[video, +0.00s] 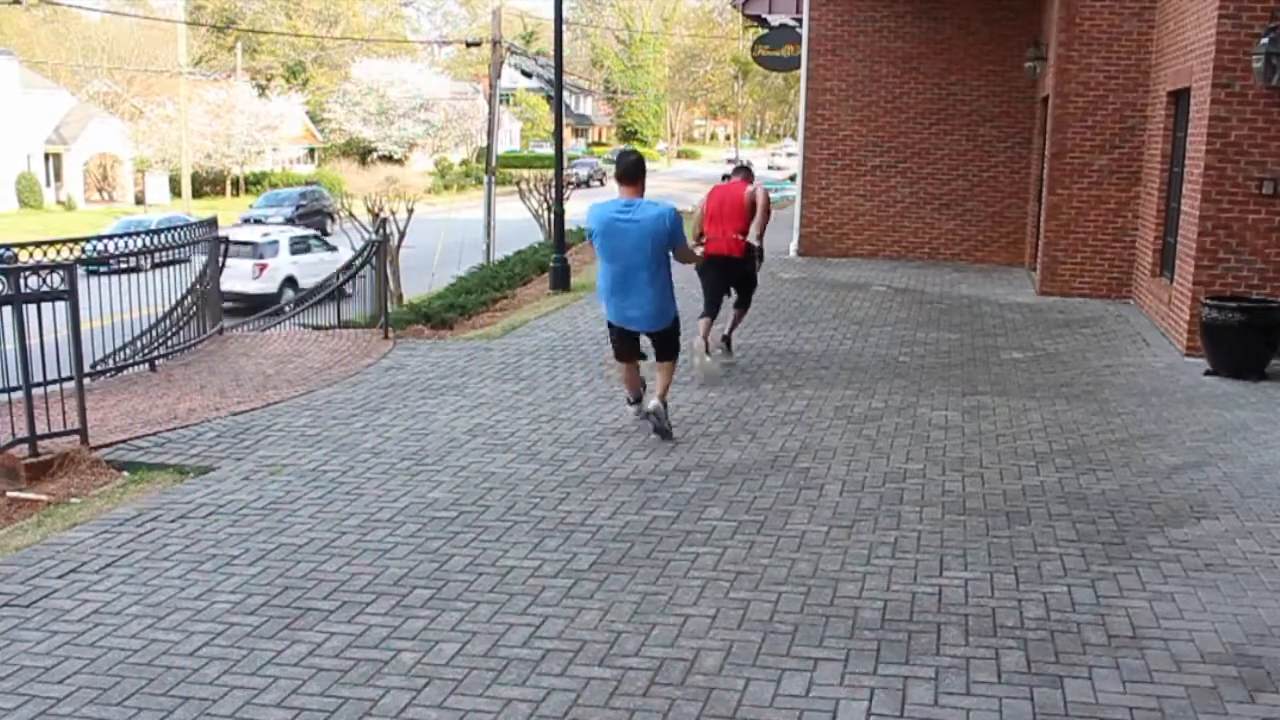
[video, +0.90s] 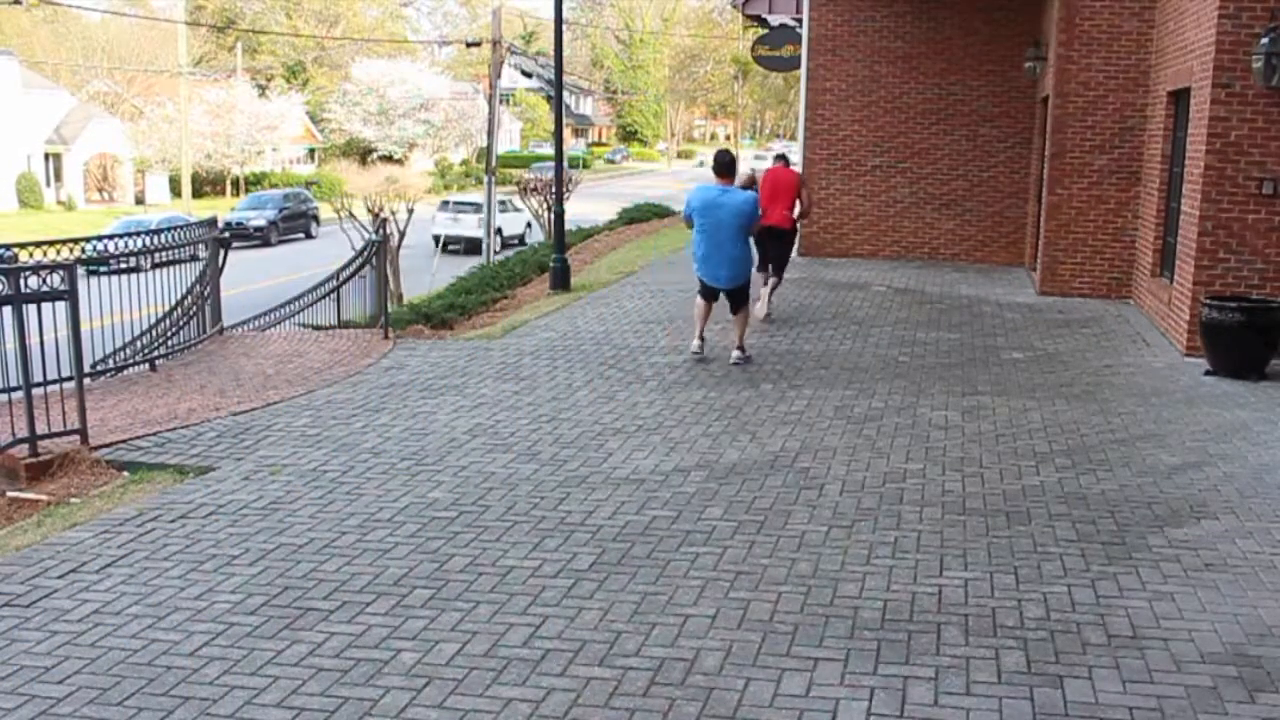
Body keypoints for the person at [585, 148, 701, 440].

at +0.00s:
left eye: (619, 176)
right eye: (642, 175)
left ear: (615, 179)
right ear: (644, 177)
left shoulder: (597, 214)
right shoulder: (664, 214)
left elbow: (598, 251)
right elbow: (682, 254)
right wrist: (696, 255)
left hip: (617, 308)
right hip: (657, 308)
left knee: (627, 360)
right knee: (667, 354)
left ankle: (637, 403)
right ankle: (659, 400)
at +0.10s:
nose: (647, 182)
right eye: (650, 177)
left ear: (626, 181)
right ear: (654, 180)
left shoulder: (608, 214)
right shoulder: (672, 216)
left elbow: (612, 251)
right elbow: (692, 255)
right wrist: (706, 255)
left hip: (632, 307)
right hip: (669, 303)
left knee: (641, 355)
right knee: (685, 337)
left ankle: (644, 400)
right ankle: (679, 389)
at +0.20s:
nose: (663, 181)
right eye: (665, 177)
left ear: (641, 180)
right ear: (667, 179)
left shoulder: (621, 210)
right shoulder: (683, 214)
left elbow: (617, 235)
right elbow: (699, 255)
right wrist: (707, 254)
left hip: (640, 301)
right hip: (678, 301)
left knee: (647, 347)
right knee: (698, 341)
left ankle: (644, 396)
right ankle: (706, 385)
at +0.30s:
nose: (679, 179)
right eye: (681, 176)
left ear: (657, 179)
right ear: (682, 179)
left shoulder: (638, 208)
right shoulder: (699, 212)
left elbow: (635, 238)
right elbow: (706, 244)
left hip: (654, 292)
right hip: (689, 294)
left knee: (658, 330)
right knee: (700, 342)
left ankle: (648, 369)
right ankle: (713, 382)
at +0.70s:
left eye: (695, 168)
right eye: (710, 167)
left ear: (690, 170)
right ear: (713, 169)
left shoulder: (675, 197)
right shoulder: (727, 200)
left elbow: (667, 219)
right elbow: (738, 233)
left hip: (687, 274)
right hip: (719, 275)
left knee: (688, 316)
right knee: (731, 315)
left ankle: (683, 359)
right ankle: (733, 353)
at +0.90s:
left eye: (718, 168)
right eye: (732, 168)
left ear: (713, 171)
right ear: (735, 170)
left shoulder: (698, 194)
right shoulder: (748, 199)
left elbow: (688, 221)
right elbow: (753, 227)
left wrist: (710, 220)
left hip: (707, 267)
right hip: (736, 269)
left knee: (705, 296)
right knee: (740, 306)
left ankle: (698, 338)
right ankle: (738, 347)